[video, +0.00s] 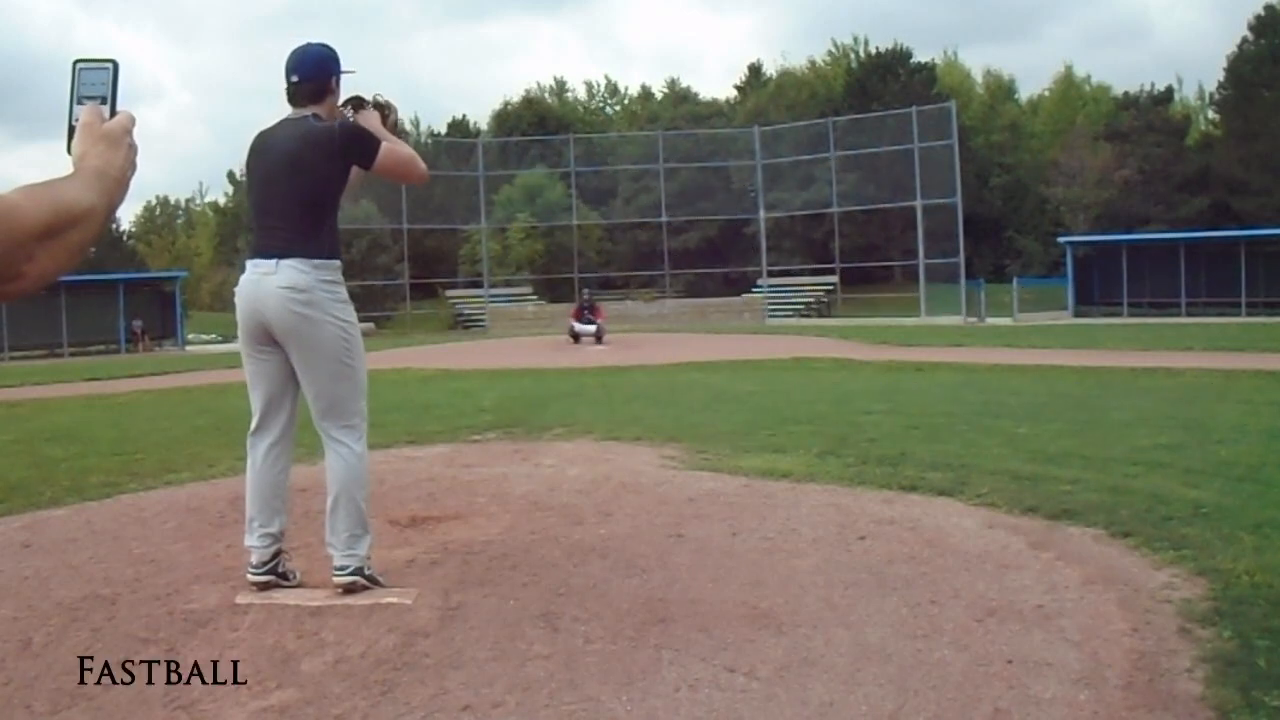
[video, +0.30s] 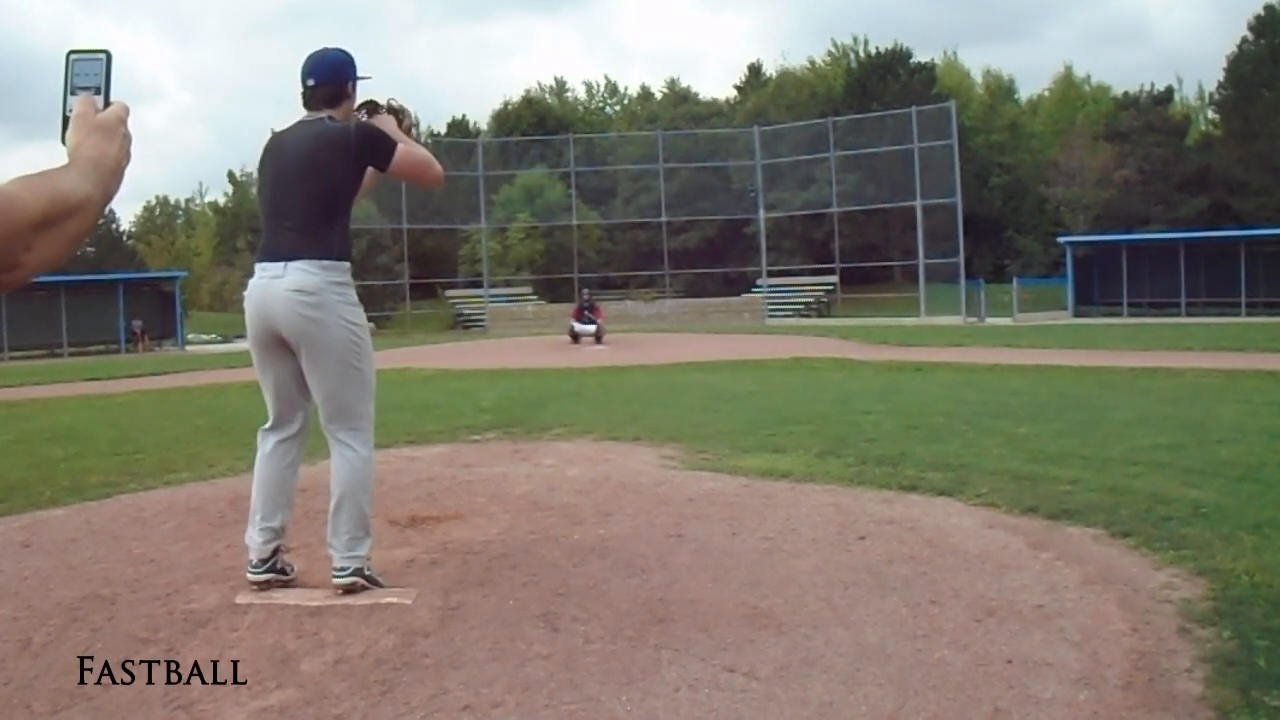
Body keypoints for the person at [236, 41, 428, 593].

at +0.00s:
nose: (340, 91)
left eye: (335, 83)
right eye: (339, 83)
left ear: (289, 89)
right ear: (333, 87)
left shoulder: (262, 142)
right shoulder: (337, 136)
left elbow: (330, 192)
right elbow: (415, 169)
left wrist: (357, 133)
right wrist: (376, 126)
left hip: (253, 287)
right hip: (310, 287)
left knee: (269, 428)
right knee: (343, 431)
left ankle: (264, 557)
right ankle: (350, 562)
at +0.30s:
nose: (355, 98)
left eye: (348, 89)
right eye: (355, 90)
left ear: (305, 94)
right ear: (350, 93)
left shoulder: (276, 144)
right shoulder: (356, 135)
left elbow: (338, 199)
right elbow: (431, 172)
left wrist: (370, 143)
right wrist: (391, 128)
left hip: (261, 291)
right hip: (319, 289)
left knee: (282, 425)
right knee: (350, 435)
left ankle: (262, 557)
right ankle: (350, 563)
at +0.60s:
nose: (351, 99)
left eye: (345, 91)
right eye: (352, 92)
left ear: (301, 95)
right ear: (347, 95)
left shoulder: (271, 144)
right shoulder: (348, 136)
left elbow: (326, 205)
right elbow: (424, 177)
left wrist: (367, 155)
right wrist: (388, 135)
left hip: (249, 294)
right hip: (308, 291)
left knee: (275, 433)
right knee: (344, 438)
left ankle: (244, 557)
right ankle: (351, 566)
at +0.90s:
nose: (318, 105)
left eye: (312, 97)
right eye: (318, 98)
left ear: (266, 101)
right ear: (312, 101)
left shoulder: (233, 153)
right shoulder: (314, 144)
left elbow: (290, 215)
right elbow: (390, 186)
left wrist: (331, 161)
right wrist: (355, 142)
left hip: (212, 302)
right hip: (275, 300)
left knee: (230, 460)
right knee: (324, 441)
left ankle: (239, 599)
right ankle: (349, 564)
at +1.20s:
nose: (289, 107)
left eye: (284, 98)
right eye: (289, 99)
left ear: (236, 100)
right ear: (281, 101)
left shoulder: (202, 152)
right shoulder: (282, 144)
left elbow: (263, 219)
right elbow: (357, 191)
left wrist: (304, 162)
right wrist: (328, 147)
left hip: (182, 305)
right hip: (244, 302)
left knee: (214, 461)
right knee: (302, 421)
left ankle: (234, 600)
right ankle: (304, 557)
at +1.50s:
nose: (279, 107)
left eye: (274, 98)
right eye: (280, 99)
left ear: (226, 100)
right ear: (272, 101)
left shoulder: (194, 153)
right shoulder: (273, 145)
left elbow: (259, 218)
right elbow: (352, 186)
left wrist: (300, 160)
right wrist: (321, 143)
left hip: (178, 310)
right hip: (239, 306)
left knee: (213, 462)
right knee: (297, 423)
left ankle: (234, 602)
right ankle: (286, 557)